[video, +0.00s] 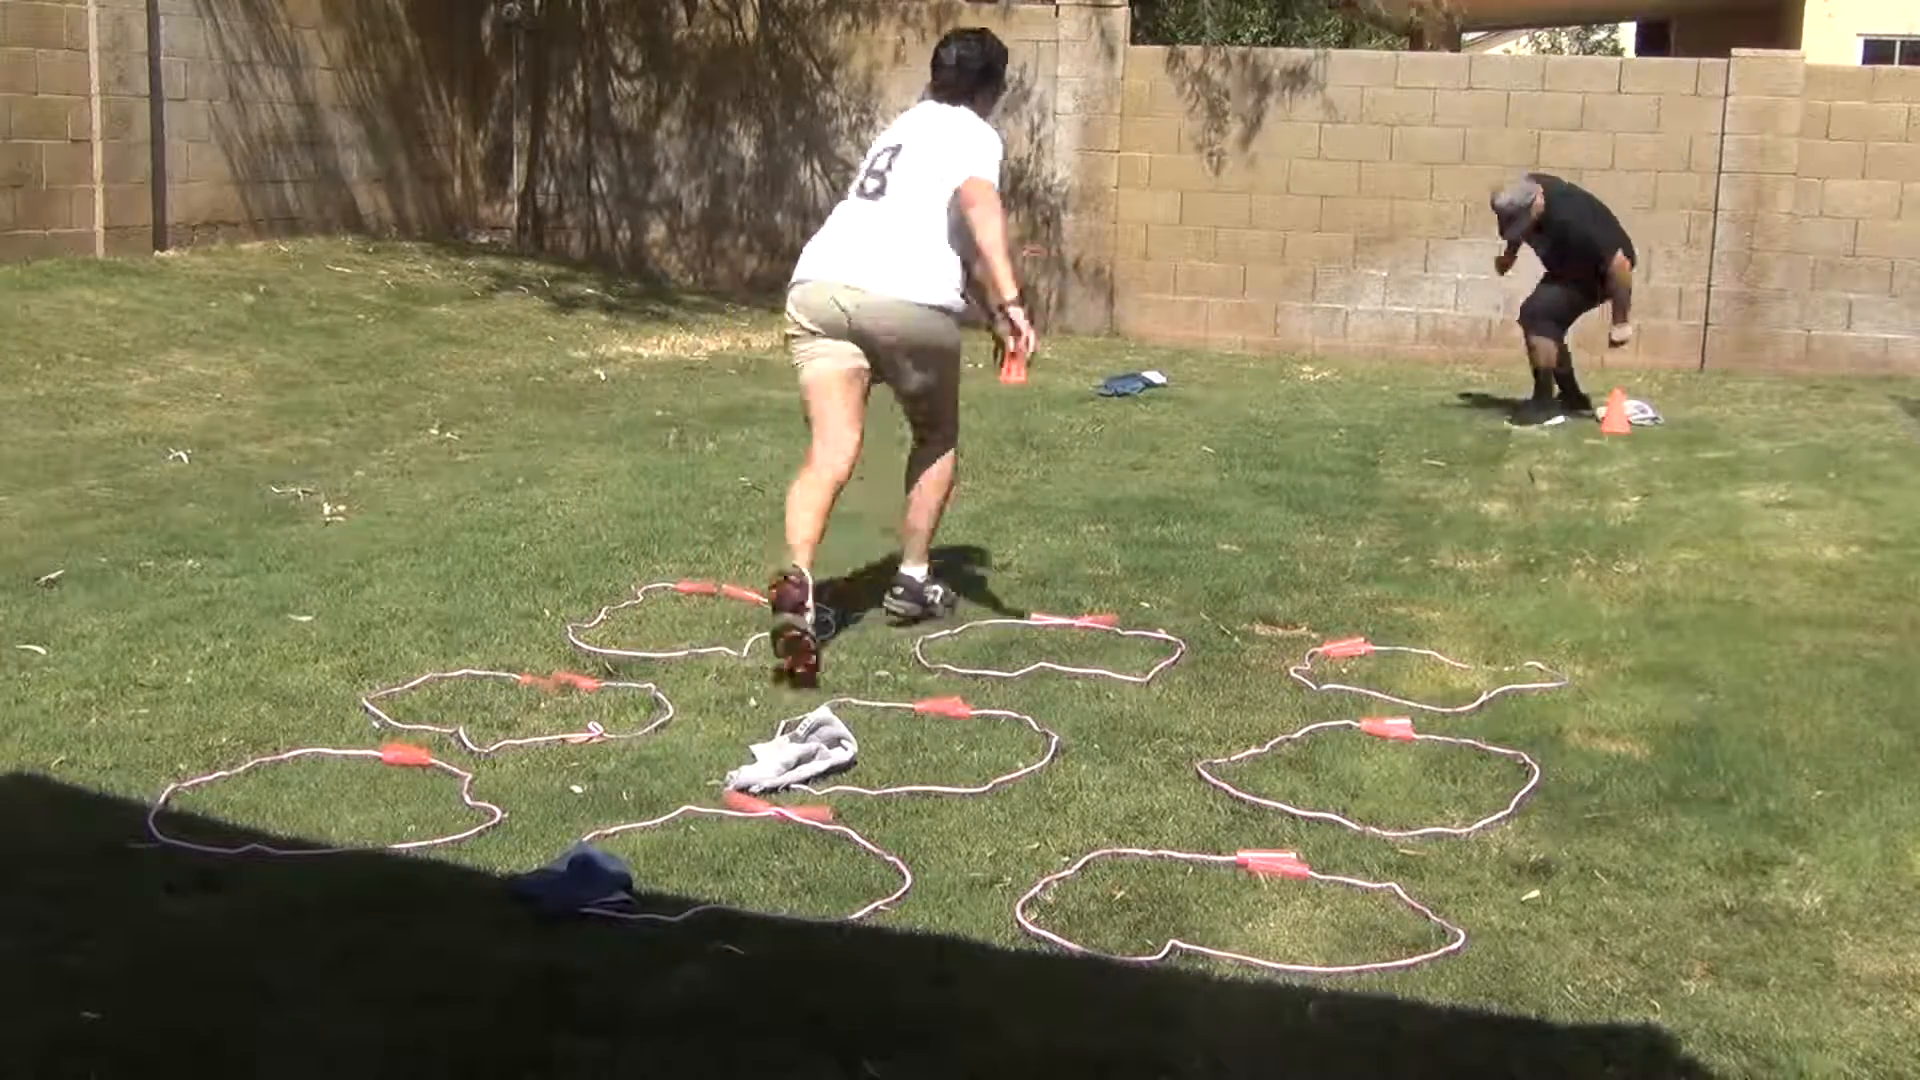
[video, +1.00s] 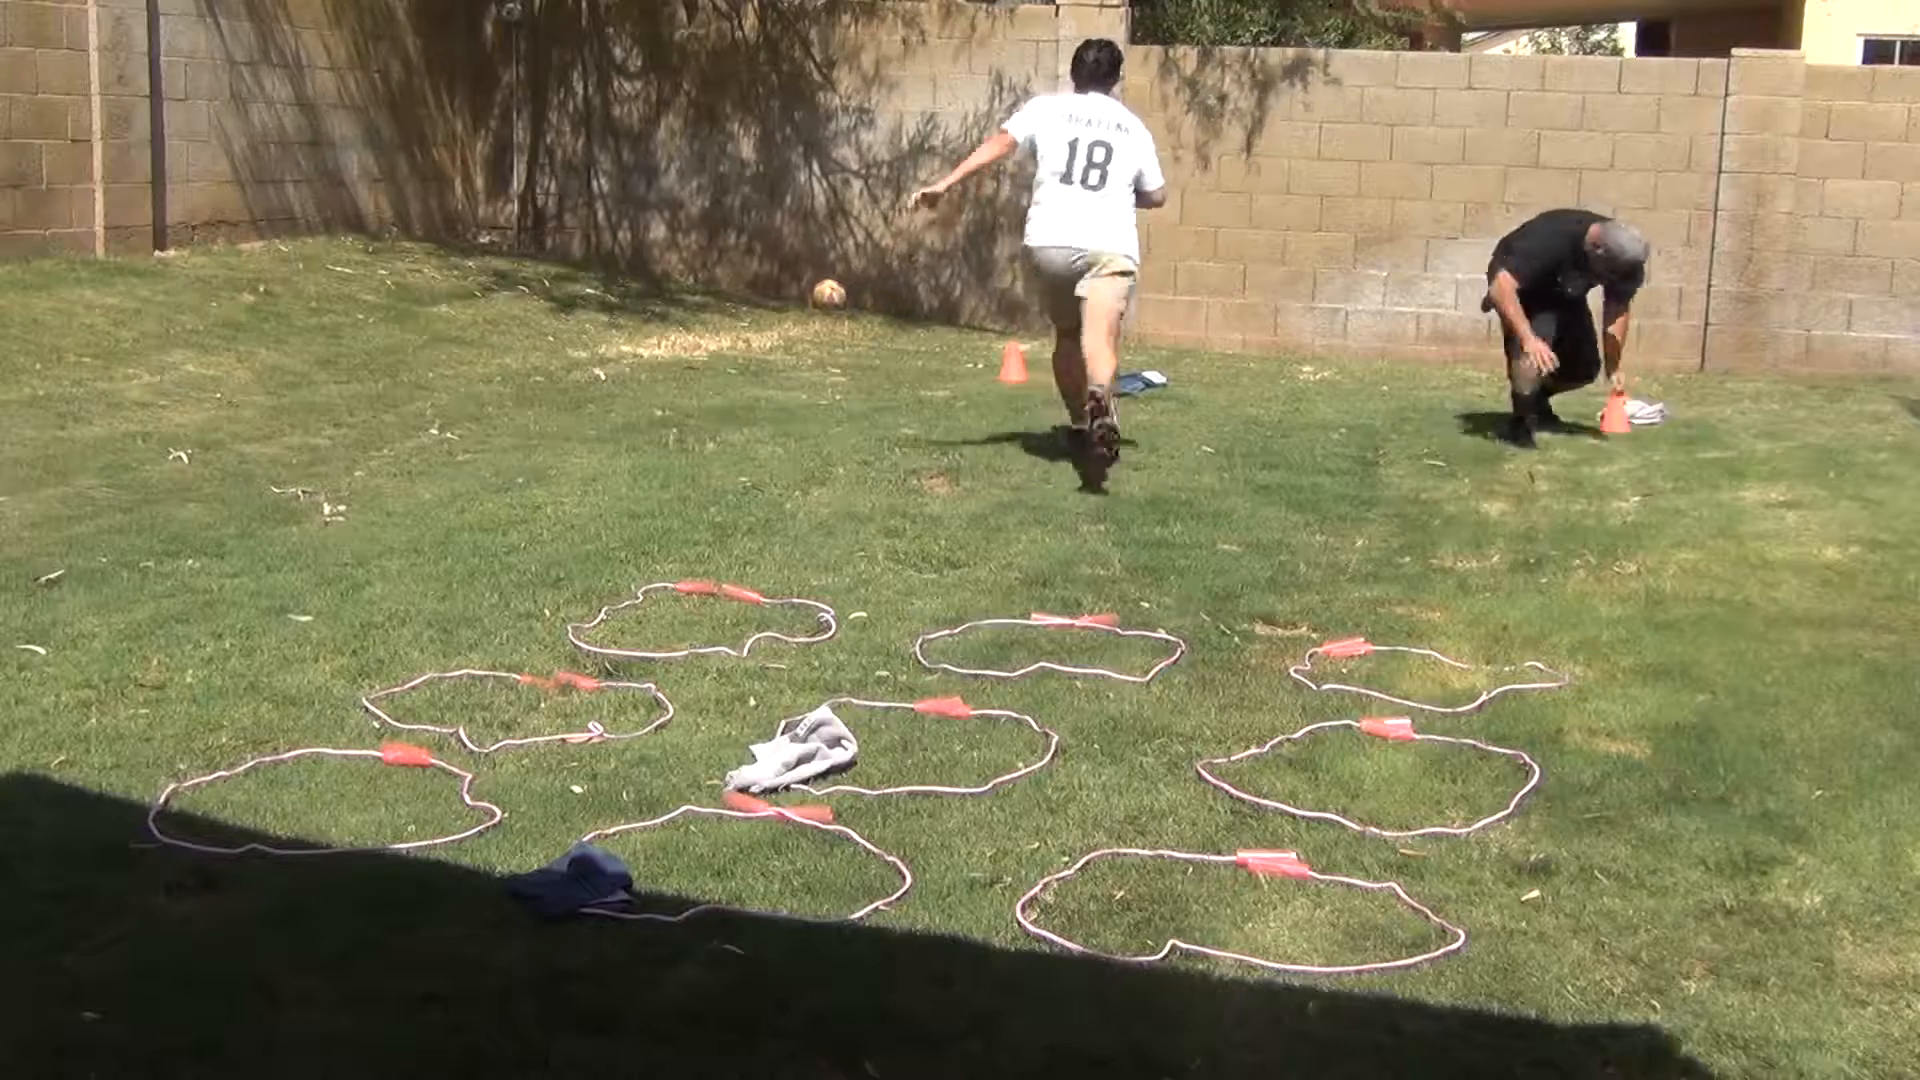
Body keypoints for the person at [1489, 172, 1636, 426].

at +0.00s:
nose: (1520, 235)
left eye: (1523, 227)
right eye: (1514, 231)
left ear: (1537, 203)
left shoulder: (1572, 218)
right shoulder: (1527, 192)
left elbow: (1620, 264)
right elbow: (1519, 226)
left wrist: (1620, 322)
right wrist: (1509, 255)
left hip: (1598, 274)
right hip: (1567, 268)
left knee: (1539, 318)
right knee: (1537, 320)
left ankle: (1543, 401)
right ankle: (1572, 395)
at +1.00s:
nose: (1612, 280)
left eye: (1618, 276)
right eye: (1611, 273)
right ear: (1598, 250)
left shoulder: (1626, 260)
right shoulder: (1551, 241)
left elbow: (1617, 311)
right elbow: (1500, 288)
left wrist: (1614, 371)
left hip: (1568, 295)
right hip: (1526, 290)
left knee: (1583, 368)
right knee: (1530, 356)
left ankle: (1538, 393)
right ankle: (1522, 419)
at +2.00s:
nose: (1618, 132)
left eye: (1625, 123)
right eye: (1610, 123)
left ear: (1634, 125)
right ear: (1589, 123)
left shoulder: (1631, 157)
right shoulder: (1561, 163)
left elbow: (1613, 207)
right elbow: (1552, 241)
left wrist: (1629, 217)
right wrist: (1615, 233)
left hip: (1593, 260)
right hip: (1537, 266)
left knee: (1611, 335)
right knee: (1540, 352)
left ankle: (1589, 417)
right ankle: (1548, 417)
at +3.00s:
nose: (1532, 119)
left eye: (1546, 110)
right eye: (1523, 107)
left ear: (1567, 106)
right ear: (1506, 98)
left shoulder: (1574, 156)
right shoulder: (1464, 152)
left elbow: (1563, 234)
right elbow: (1420, 238)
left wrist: (1538, 294)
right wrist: (1434, 312)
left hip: (1532, 318)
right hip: (1464, 312)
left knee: (1544, 442)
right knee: (1457, 423)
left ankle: (1486, 543)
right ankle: (1399, 547)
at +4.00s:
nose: (1615, 137)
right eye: (1614, 132)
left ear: (1554, 127)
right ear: (1607, 130)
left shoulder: (1513, 165)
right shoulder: (1626, 168)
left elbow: (1474, 253)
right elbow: (1657, 234)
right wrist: (1639, 321)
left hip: (1486, 291)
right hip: (1566, 298)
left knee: (1504, 422)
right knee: (1586, 427)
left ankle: (1504, 519)